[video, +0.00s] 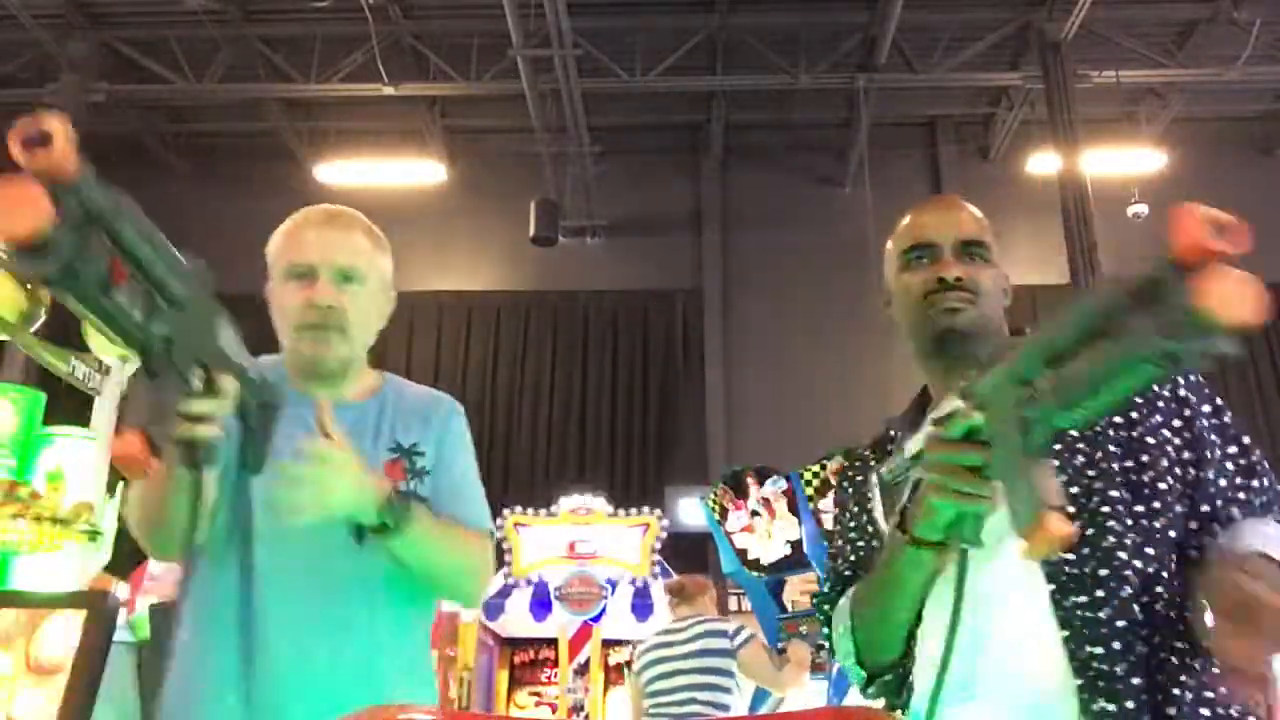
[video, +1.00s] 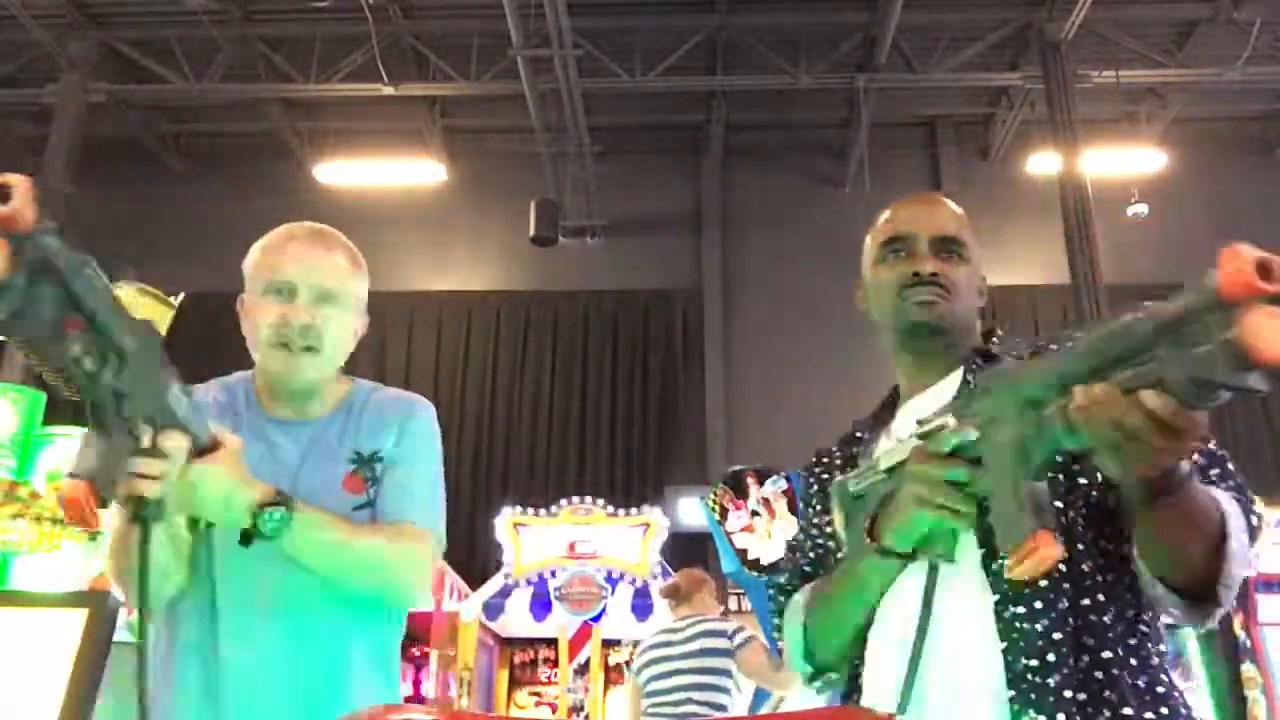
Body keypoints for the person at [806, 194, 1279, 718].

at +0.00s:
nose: (950, 270)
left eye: (972, 253)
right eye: (920, 258)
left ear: (1006, 284)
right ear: (891, 302)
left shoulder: (1145, 395)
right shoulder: (874, 479)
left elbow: (1248, 523)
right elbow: (860, 654)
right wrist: (924, 532)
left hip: (1142, 704)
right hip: (957, 710)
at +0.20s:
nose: (956, 270)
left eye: (980, 255)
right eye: (927, 257)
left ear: (1011, 286)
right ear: (894, 297)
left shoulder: (1127, 398)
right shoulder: (878, 456)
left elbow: (1258, 571)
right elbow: (860, 656)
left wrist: (1262, 665)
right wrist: (858, 536)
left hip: (1132, 707)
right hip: (945, 710)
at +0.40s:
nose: (952, 280)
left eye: (973, 260)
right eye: (928, 263)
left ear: (1007, 281)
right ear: (897, 293)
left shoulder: (1113, 376)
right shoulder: (891, 443)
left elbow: (1242, 528)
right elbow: (868, 661)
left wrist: (1227, 603)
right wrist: (886, 543)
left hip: (1115, 702)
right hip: (950, 707)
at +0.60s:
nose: (959, 264)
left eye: (984, 246)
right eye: (933, 248)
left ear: (1026, 266)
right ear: (907, 287)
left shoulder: (1114, 356)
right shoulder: (889, 461)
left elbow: (1204, 518)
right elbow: (869, 663)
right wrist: (903, 544)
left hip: (1140, 702)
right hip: (960, 708)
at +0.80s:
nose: (951, 262)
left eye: (976, 245)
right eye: (924, 246)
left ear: (1013, 276)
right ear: (896, 281)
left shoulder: (1103, 351)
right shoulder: (895, 413)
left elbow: (1136, 512)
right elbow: (869, 663)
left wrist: (971, 440)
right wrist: (871, 533)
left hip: (1121, 695)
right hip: (955, 703)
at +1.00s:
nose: (924, 265)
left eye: (948, 251)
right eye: (896, 252)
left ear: (982, 289)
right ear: (864, 296)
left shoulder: (1081, 394)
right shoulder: (838, 471)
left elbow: (1209, 588)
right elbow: (803, 651)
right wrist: (887, 541)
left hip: (1098, 705)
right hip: (918, 710)